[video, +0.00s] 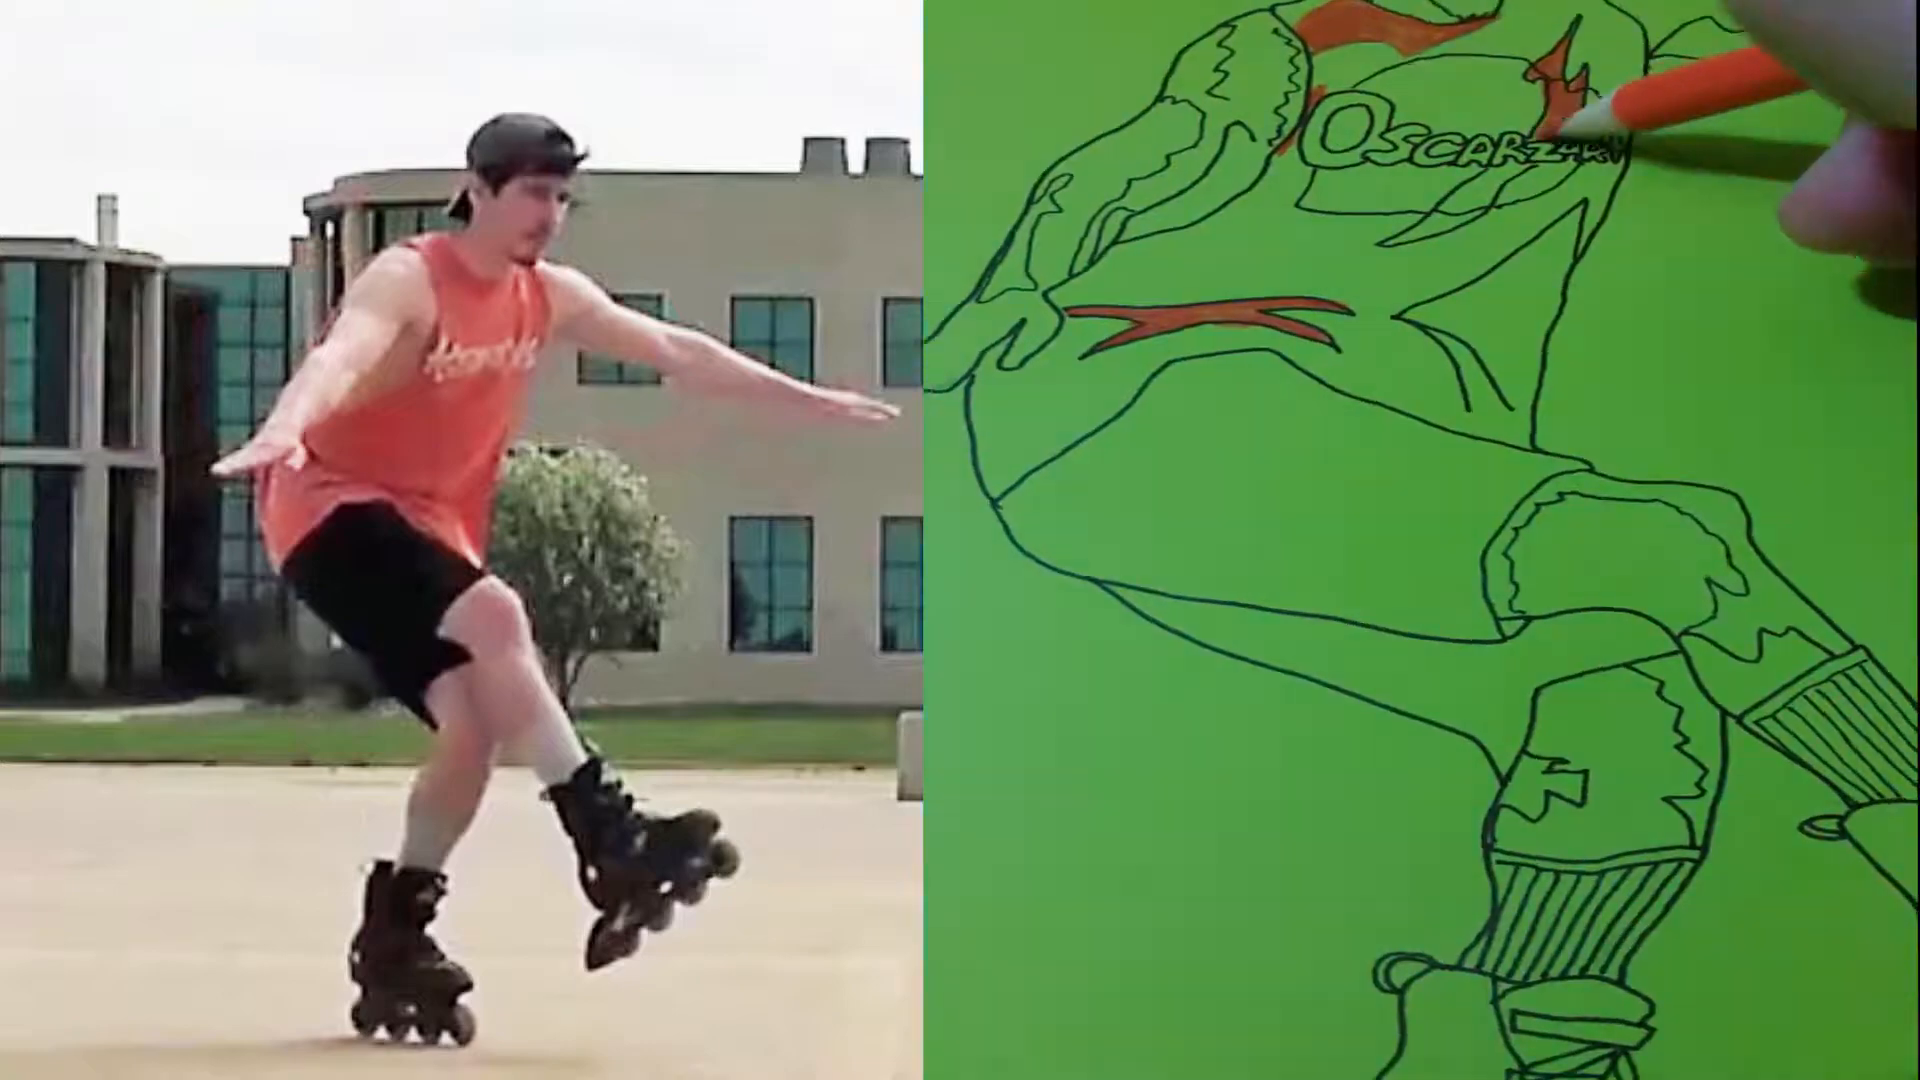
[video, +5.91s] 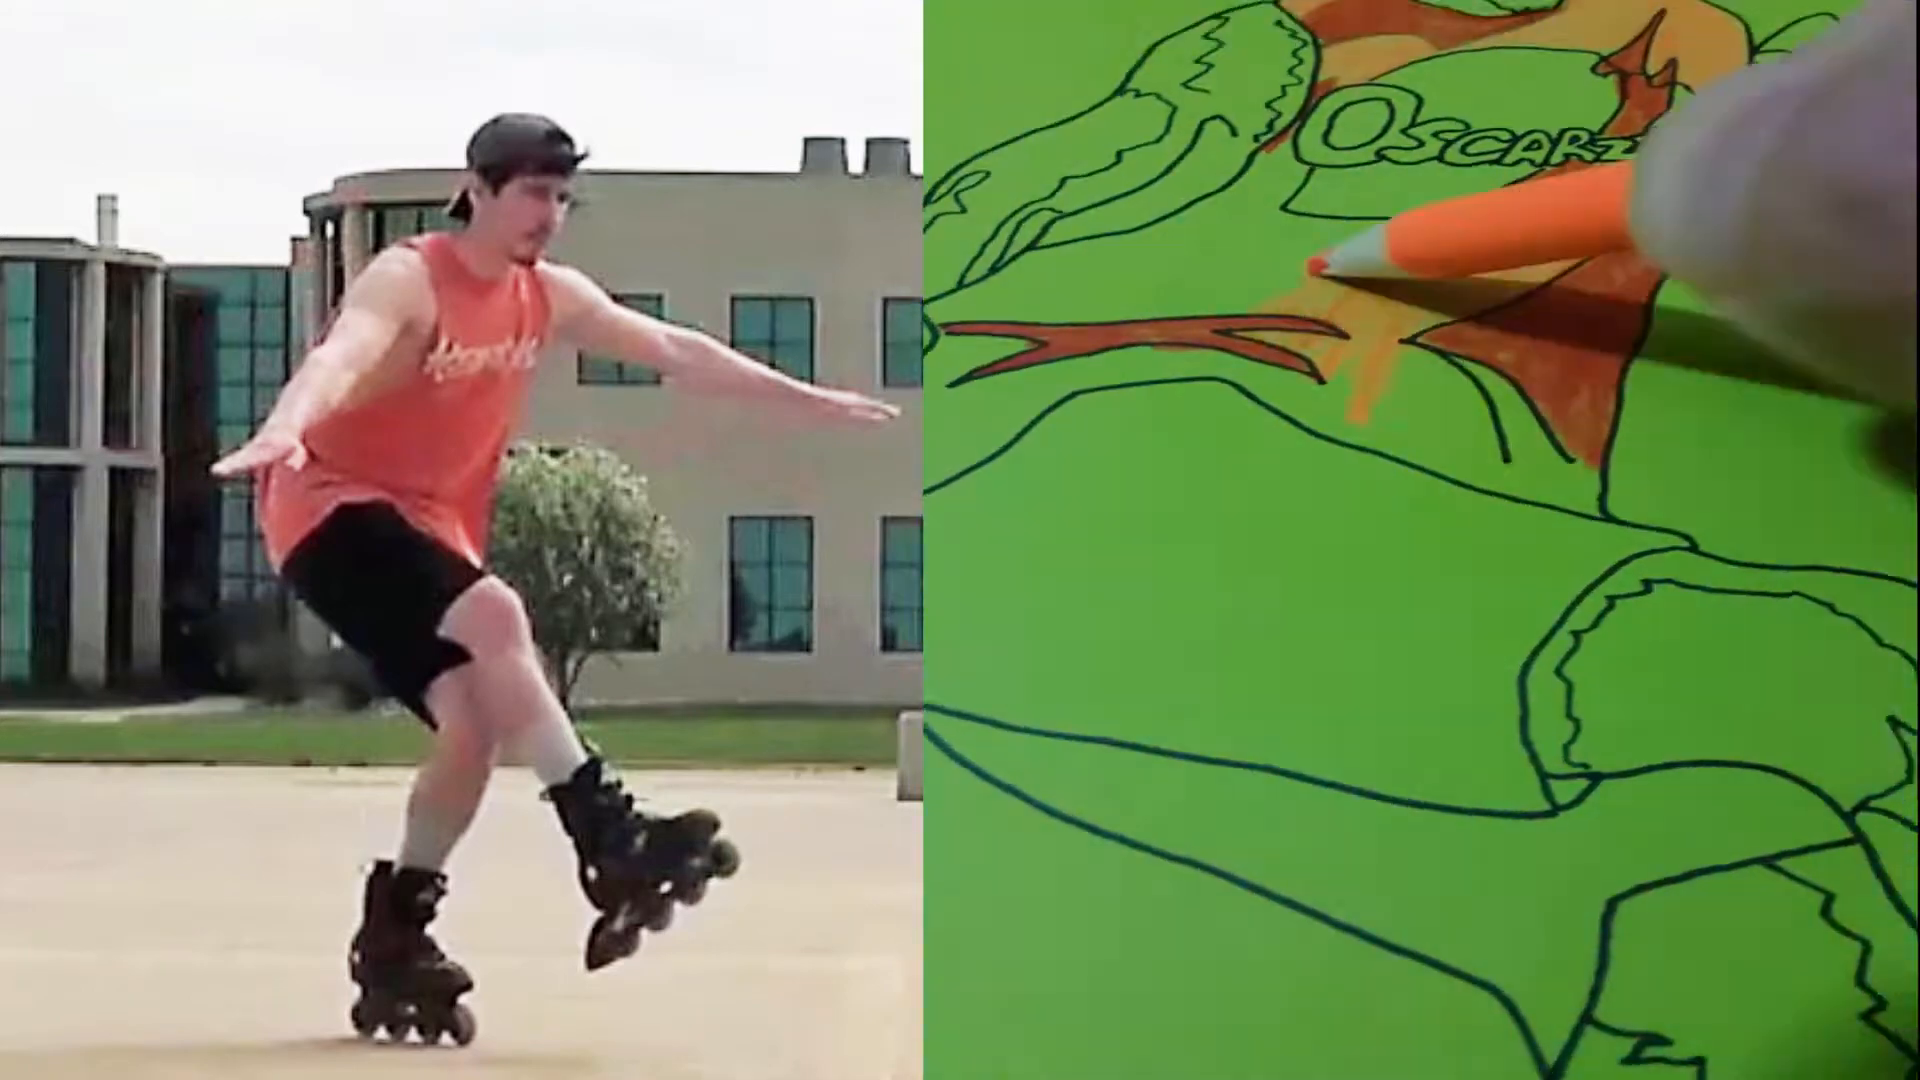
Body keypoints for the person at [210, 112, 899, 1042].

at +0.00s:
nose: (552, 214)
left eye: (562, 198)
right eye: (536, 195)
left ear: (562, 203)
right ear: (477, 191)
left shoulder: (551, 293)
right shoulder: (408, 275)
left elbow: (674, 350)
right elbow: (341, 357)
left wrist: (810, 399)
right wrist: (283, 428)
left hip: (435, 529)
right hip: (333, 504)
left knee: (478, 724)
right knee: (492, 616)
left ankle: (393, 937)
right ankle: (612, 843)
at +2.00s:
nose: (552, 214)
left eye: (562, 198)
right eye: (536, 195)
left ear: (562, 203)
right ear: (477, 191)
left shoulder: (551, 293)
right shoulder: (409, 274)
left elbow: (674, 350)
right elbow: (341, 356)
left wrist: (810, 399)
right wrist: (283, 429)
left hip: (436, 530)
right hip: (334, 505)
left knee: (478, 723)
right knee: (492, 616)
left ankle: (393, 936)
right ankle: (611, 843)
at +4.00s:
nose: (552, 214)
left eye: (562, 198)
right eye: (536, 195)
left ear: (562, 203)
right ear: (477, 191)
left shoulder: (551, 293)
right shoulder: (408, 274)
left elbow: (674, 349)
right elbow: (342, 356)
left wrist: (811, 399)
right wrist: (283, 428)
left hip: (436, 530)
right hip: (334, 505)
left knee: (477, 725)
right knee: (492, 616)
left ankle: (393, 935)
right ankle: (610, 841)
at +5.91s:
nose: (551, 214)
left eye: (561, 198)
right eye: (534, 195)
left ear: (563, 203)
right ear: (476, 191)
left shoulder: (552, 293)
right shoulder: (409, 274)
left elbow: (676, 351)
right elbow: (342, 355)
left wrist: (811, 399)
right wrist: (283, 427)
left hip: (437, 529)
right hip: (334, 505)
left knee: (477, 723)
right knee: (492, 616)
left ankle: (393, 937)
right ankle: (609, 840)